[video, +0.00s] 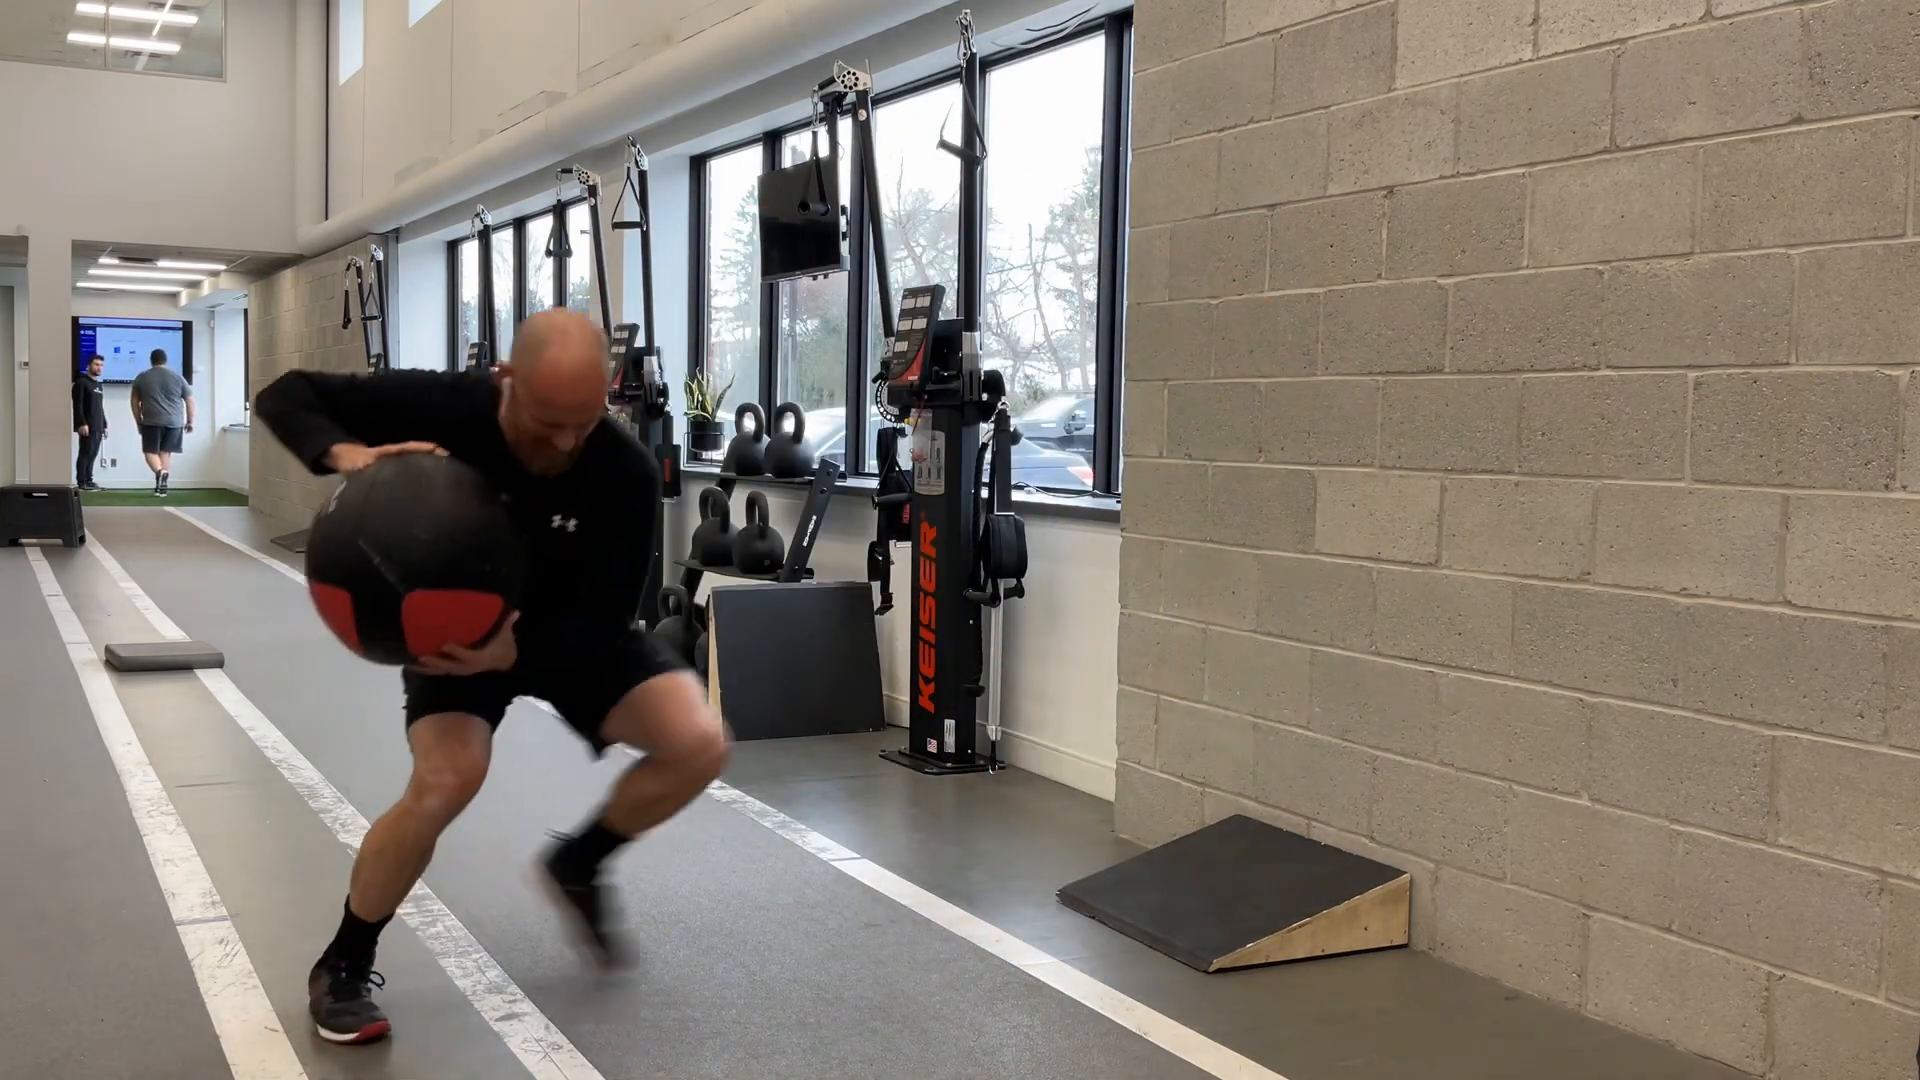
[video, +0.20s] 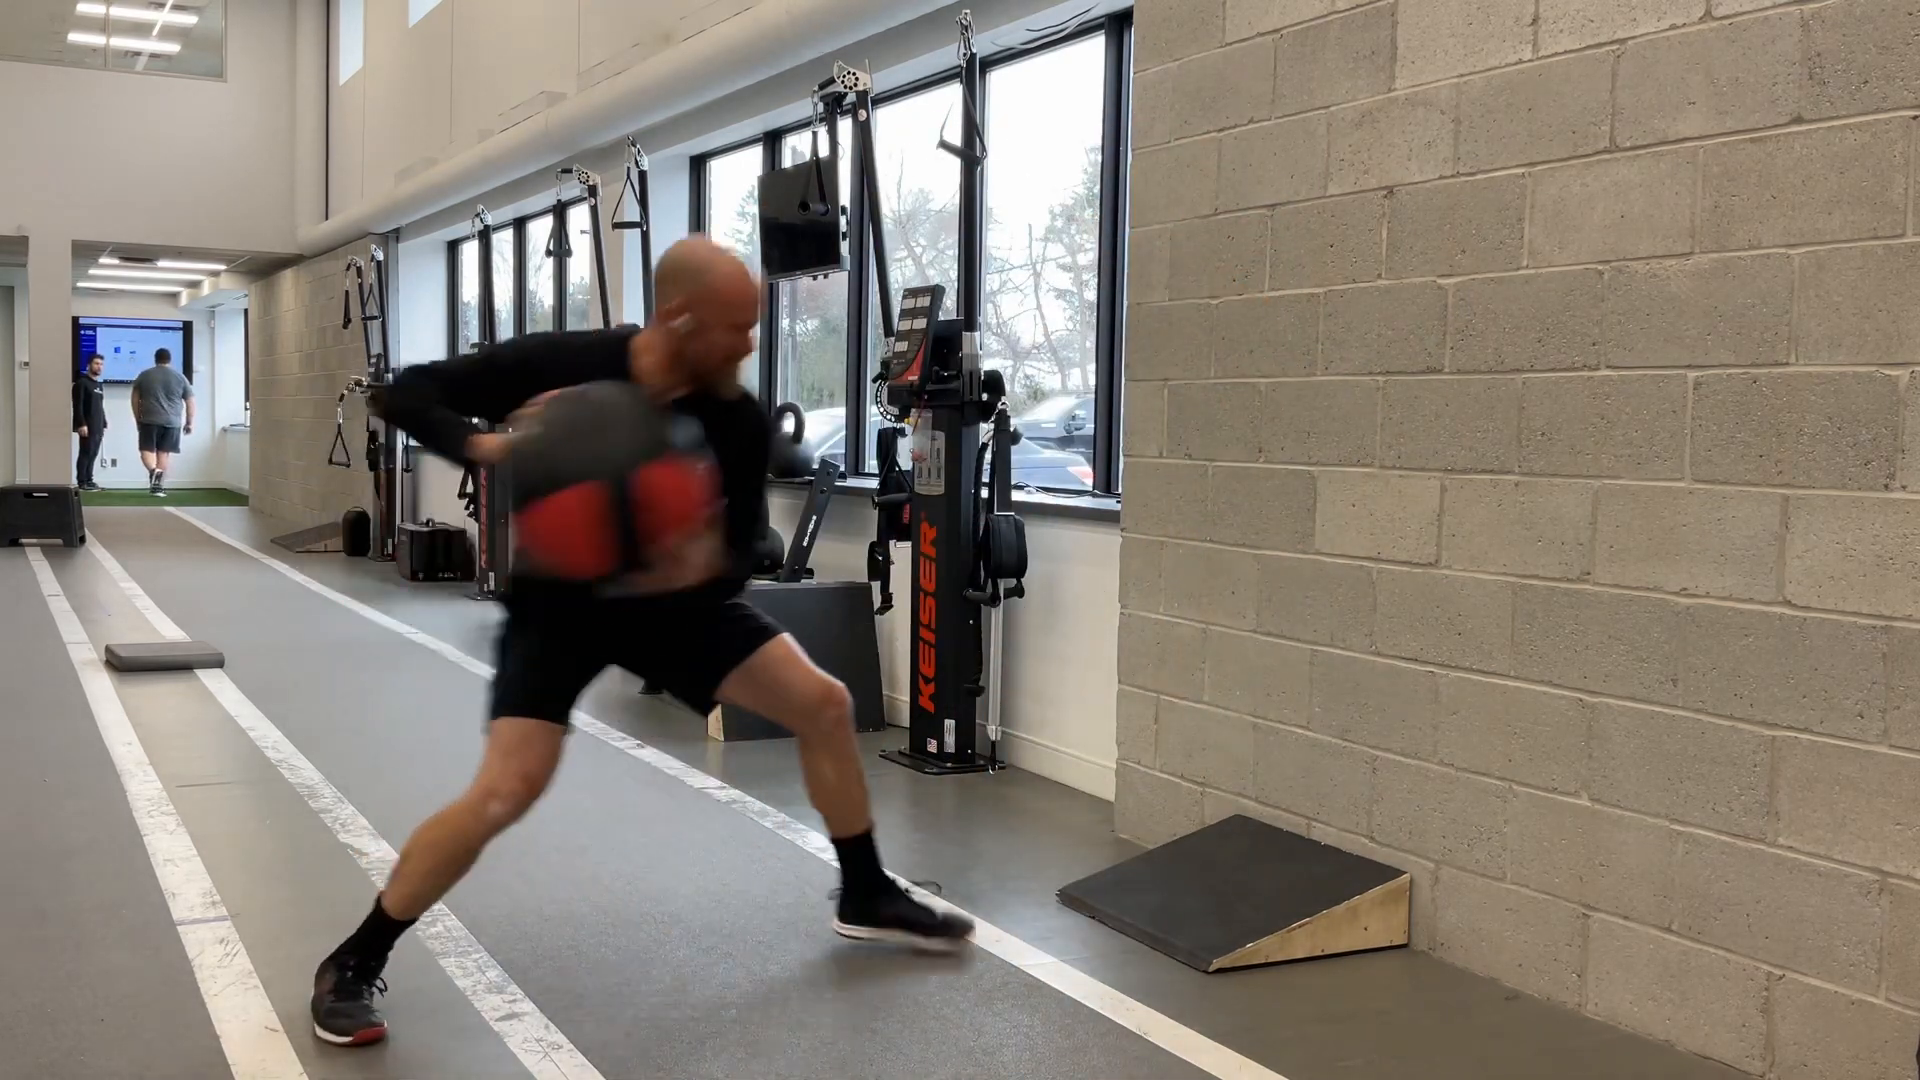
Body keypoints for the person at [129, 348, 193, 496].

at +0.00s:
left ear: (151, 361)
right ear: (166, 361)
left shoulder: (142, 377)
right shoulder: (176, 377)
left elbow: (134, 401)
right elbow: (190, 399)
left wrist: (138, 421)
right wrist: (190, 421)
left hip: (151, 422)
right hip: (173, 423)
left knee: (150, 452)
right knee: (166, 453)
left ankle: (160, 471)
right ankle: (162, 488)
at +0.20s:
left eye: (159, 359)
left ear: (155, 360)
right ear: (170, 360)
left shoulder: (144, 375)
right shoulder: (179, 377)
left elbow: (134, 398)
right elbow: (190, 401)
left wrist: (137, 417)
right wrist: (189, 422)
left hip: (149, 421)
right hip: (171, 423)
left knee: (146, 450)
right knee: (164, 453)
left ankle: (153, 470)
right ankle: (158, 486)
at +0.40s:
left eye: (161, 360)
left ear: (158, 360)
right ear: (173, 361)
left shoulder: (147, 374)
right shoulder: (181, 378)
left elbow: (135, 396)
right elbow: (190, 403)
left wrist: (137, 415)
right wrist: (189, 425)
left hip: (147, 420)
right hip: (169, 423)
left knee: (142, 448)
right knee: (163, 454)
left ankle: (145, 469)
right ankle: (159, 487)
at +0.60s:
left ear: (159, 360)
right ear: (174, 361)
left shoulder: (147, 373)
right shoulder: (182, 379)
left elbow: (134, 395)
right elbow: (190, 404)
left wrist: (136, 415)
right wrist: (188, 426)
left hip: (146, 420)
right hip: (169, 423)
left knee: (139, 447)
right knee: (163, 453)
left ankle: (140, 469)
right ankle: (159, 487)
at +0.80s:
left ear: (157, 359)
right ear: (172, 360)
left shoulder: (145, 374)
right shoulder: (180, 378)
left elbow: (134, 396)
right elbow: (190, 402)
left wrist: (136, 416)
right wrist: (189, 424)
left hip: (146, 420)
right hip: (169, 423)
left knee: (143, 449)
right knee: (163, 453)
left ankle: (145, 470)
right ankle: (159, 488)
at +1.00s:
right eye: (166, 358)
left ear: (154, 359)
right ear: (169, 360)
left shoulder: (144, 375)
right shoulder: (178, 377)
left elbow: (133, 397)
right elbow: (189, 401)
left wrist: (134, 417)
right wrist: (189, 423)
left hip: (148, 422)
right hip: (170, 423)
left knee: (147, 451)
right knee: (163, 452)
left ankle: (153, 473)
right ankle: (159, 488)